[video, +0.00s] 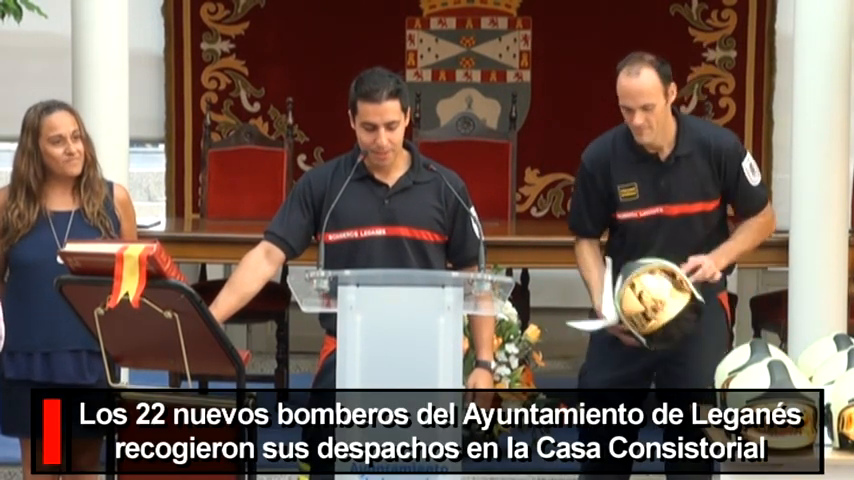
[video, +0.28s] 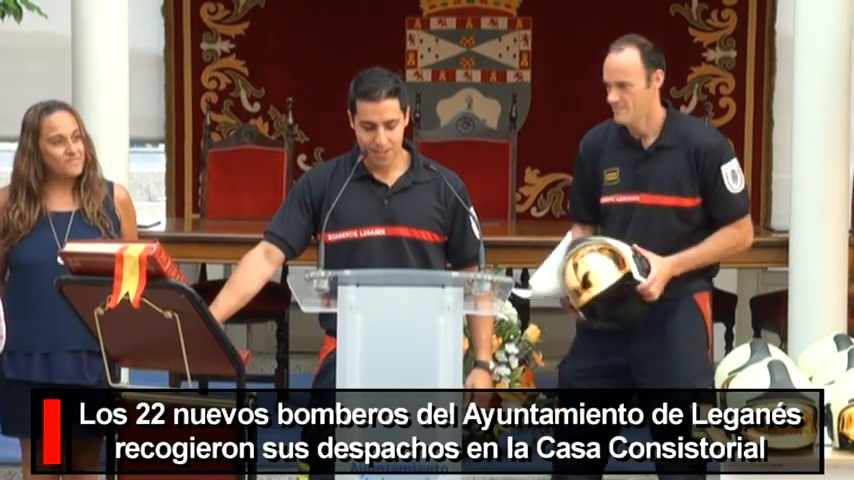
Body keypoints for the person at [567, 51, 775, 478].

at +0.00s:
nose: (637, 121)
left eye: (647, 108)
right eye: (628, 110)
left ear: (671, 96)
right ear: (618, 103)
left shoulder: (719, 147)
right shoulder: (600, 159)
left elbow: (763, 217)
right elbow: (586, 238)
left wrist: (718, 259)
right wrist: (606, 309)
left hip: (698, 314)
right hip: (625, 313)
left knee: (691, 445)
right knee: (600, 441)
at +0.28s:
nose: (612, 98)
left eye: (622, 86)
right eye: (608, 87)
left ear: (657, 82)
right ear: (605, 86)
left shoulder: (705, 145)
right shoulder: (597, 144)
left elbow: (741, 232)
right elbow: (582, 225)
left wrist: (671, 265)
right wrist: (570, 274)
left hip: (673, 324)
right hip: (603, 322)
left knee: (679, 460)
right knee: (572, 457)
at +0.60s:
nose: (565, 80)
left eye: (576, 71)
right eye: (565, 70)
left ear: (612, 73)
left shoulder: (646, 140)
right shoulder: (570, 140)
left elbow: (660, 242)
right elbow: (563, 218)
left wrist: (576, 264)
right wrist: (527, 240)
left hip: (621, 312)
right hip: (564, 311)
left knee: (639, 451)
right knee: (542, 446)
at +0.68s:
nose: (551, 78)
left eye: (562, 69)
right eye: (551, 68)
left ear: (598, 72)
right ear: (585, 71)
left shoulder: (625, 138)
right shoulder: (560, 138)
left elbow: (636, 243)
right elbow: (549, 211)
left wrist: (553, 263)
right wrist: (509, 238)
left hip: (601, 308)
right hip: (548, 307)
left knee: (625, 451)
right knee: (530, 445)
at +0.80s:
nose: (532, 74)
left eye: (543, 65)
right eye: (533, 64)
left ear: (579, 70)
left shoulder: (600, 135)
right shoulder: (546, 134)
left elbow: (603, 241)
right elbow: (532, 214)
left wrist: (521, 261)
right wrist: (484, 236)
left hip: (574, 303)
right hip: (530, 301)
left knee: (587, 442)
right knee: (521, 438)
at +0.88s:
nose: (521, 73)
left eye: (532, 64)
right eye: (522, 63)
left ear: (567, 69)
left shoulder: (585, 134)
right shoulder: (544, 132)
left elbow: (584, 240)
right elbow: (526, 213)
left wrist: (500, 259)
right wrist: (465, 232)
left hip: (559, 295)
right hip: (524, 290)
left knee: (553, 430)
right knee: (514, 424)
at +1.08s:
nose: (495, 73)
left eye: (505, 64)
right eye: (495, 63)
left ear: (540, 69)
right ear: (532, 68)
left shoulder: (553, 132)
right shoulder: (525, 127)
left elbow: (544, 239)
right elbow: (508, 216)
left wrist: (474, 257)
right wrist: (463, 226)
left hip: (535, 288)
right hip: (510, 282)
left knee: (509, 404)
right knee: (507, 405)